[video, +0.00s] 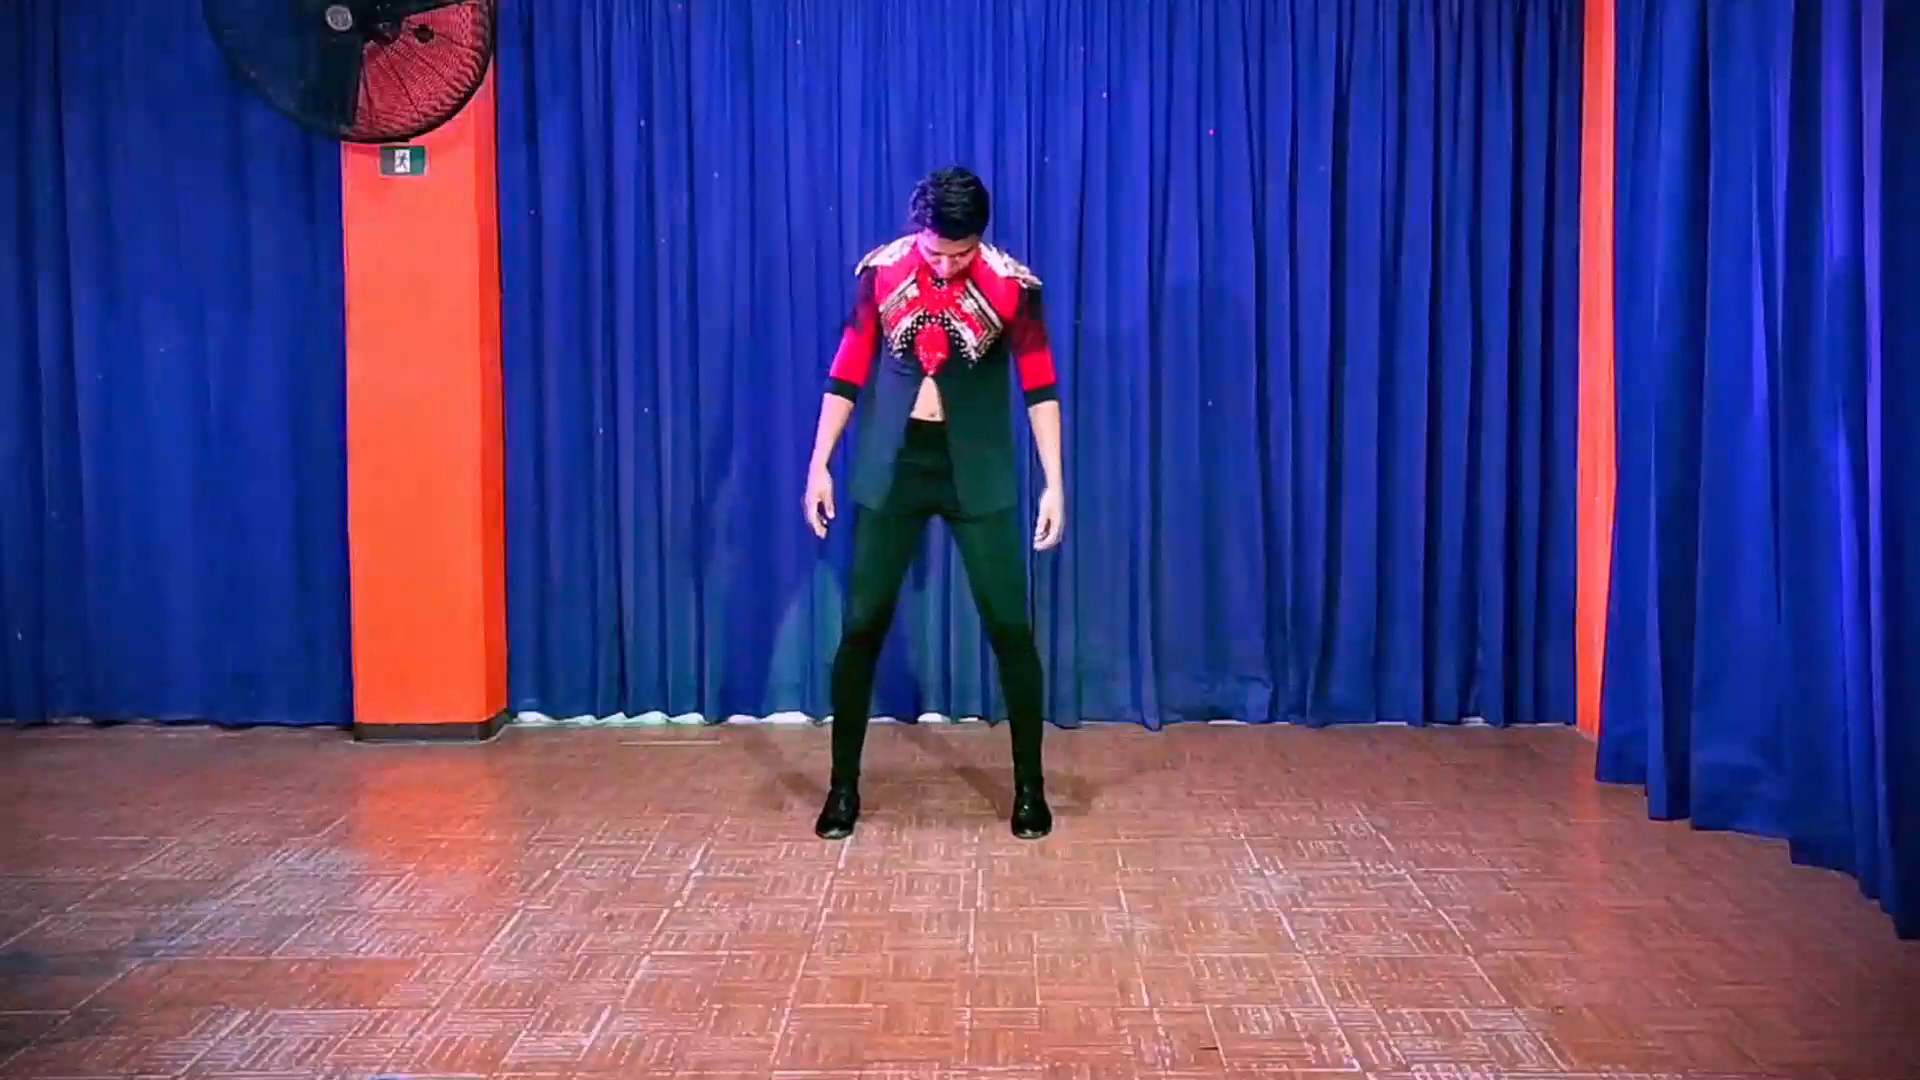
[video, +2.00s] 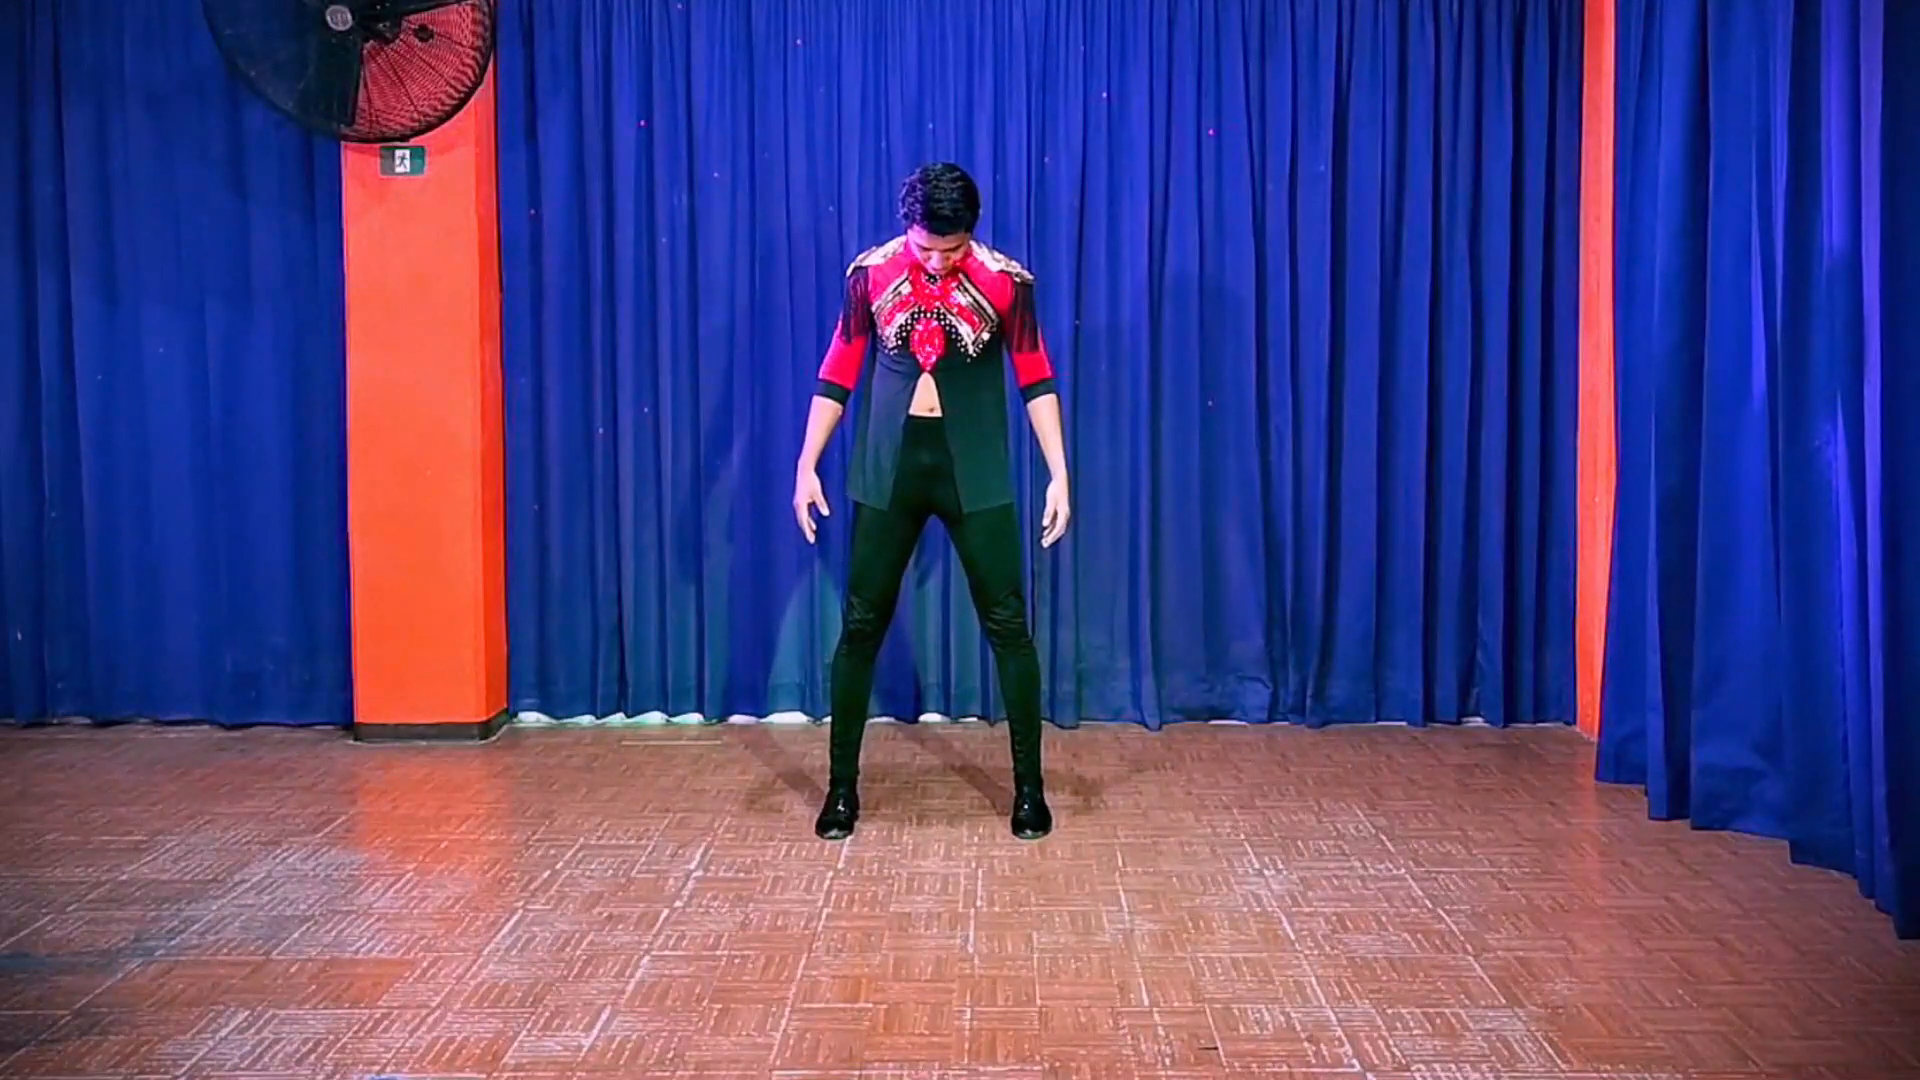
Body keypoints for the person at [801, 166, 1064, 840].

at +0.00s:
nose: (945, 262)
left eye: (959, 252)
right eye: (935, 250)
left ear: (981, 236)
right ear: (918, 231)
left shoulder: (1012, 285)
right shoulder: (882, 274)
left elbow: (1039, 387)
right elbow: (849, 372)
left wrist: (1053, 484)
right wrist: (818, 463)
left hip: (981, 466)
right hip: (893, 463)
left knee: (1011, 625)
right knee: (863, 623)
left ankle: (1029, 785)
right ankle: (842, 785)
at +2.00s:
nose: (941, 258)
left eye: (953, 247)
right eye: (928, 246)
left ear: (974, 229)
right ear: (909, 228)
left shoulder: (1006, 282)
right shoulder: (872, 275)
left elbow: (1035, 379)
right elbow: (839, 372)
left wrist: (1058, 473)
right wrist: (807, 464)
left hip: (976, 466)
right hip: (889, 464)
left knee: (1007, 622)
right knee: (862, 623)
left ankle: (1029, 786)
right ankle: (841, 786)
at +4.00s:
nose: (940, 257)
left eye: (953, 245)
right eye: (927, 245)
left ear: (972, 227)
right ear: (907, 226)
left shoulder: (1006, 281)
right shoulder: (871, 275)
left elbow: (1035, 379)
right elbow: (839, 372)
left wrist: (1058, 472)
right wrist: (807, 464)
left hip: (977, 468)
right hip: (889, 467)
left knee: (1007, 625)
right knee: (862, 626)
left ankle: (1028, 785)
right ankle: (842, 786)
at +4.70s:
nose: (930, 246)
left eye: (944, 232)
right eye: (918, 232)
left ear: (963, 220)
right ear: (898, 216)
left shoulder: (996, 280)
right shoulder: (861, 273)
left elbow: (1054, 359)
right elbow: (798, 354)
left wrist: (1071, 449)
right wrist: (795, 444)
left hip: (966, 473)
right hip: (879, 473)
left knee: (999, 626)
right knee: (857, 627)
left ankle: (1028, 783)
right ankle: (844, 787)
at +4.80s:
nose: (922, 233)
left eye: (937, 220)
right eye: (910, 218)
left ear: (956, 215)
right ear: (891, 209)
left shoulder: (986, 274)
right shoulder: (852, 267)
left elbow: (1081, 319)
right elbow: (768, 321)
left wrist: (1088, 372)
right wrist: (813, 349)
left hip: (955, 477)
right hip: (868, 476)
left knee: (984, 630)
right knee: (849, 627)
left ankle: (997, 786)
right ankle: (843, 790)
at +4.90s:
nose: (918, 230)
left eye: (932, 217)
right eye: (907, 215)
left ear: (953, 217)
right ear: (887, 215)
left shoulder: (978, 276)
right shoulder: (860, 275)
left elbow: (1031, 319)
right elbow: (855, 332)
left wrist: (1007, 235)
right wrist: (877, 231)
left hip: (949, 479)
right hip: (869, 475)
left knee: (940, 639)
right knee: (846, 629)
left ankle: (890, 784)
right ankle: (838, 782)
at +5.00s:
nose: (922, 216)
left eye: (932, 202)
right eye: (910, 204)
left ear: (953, 210)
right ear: (890, 214)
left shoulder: (989, 279)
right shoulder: (862, 280)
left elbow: (971, 322)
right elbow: (903, 335)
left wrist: (957, 226)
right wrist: (908, 242)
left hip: (953, 477)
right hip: (876, 473)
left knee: (939, 637)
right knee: (855, 623)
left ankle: (891, 785)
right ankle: (834, 783)